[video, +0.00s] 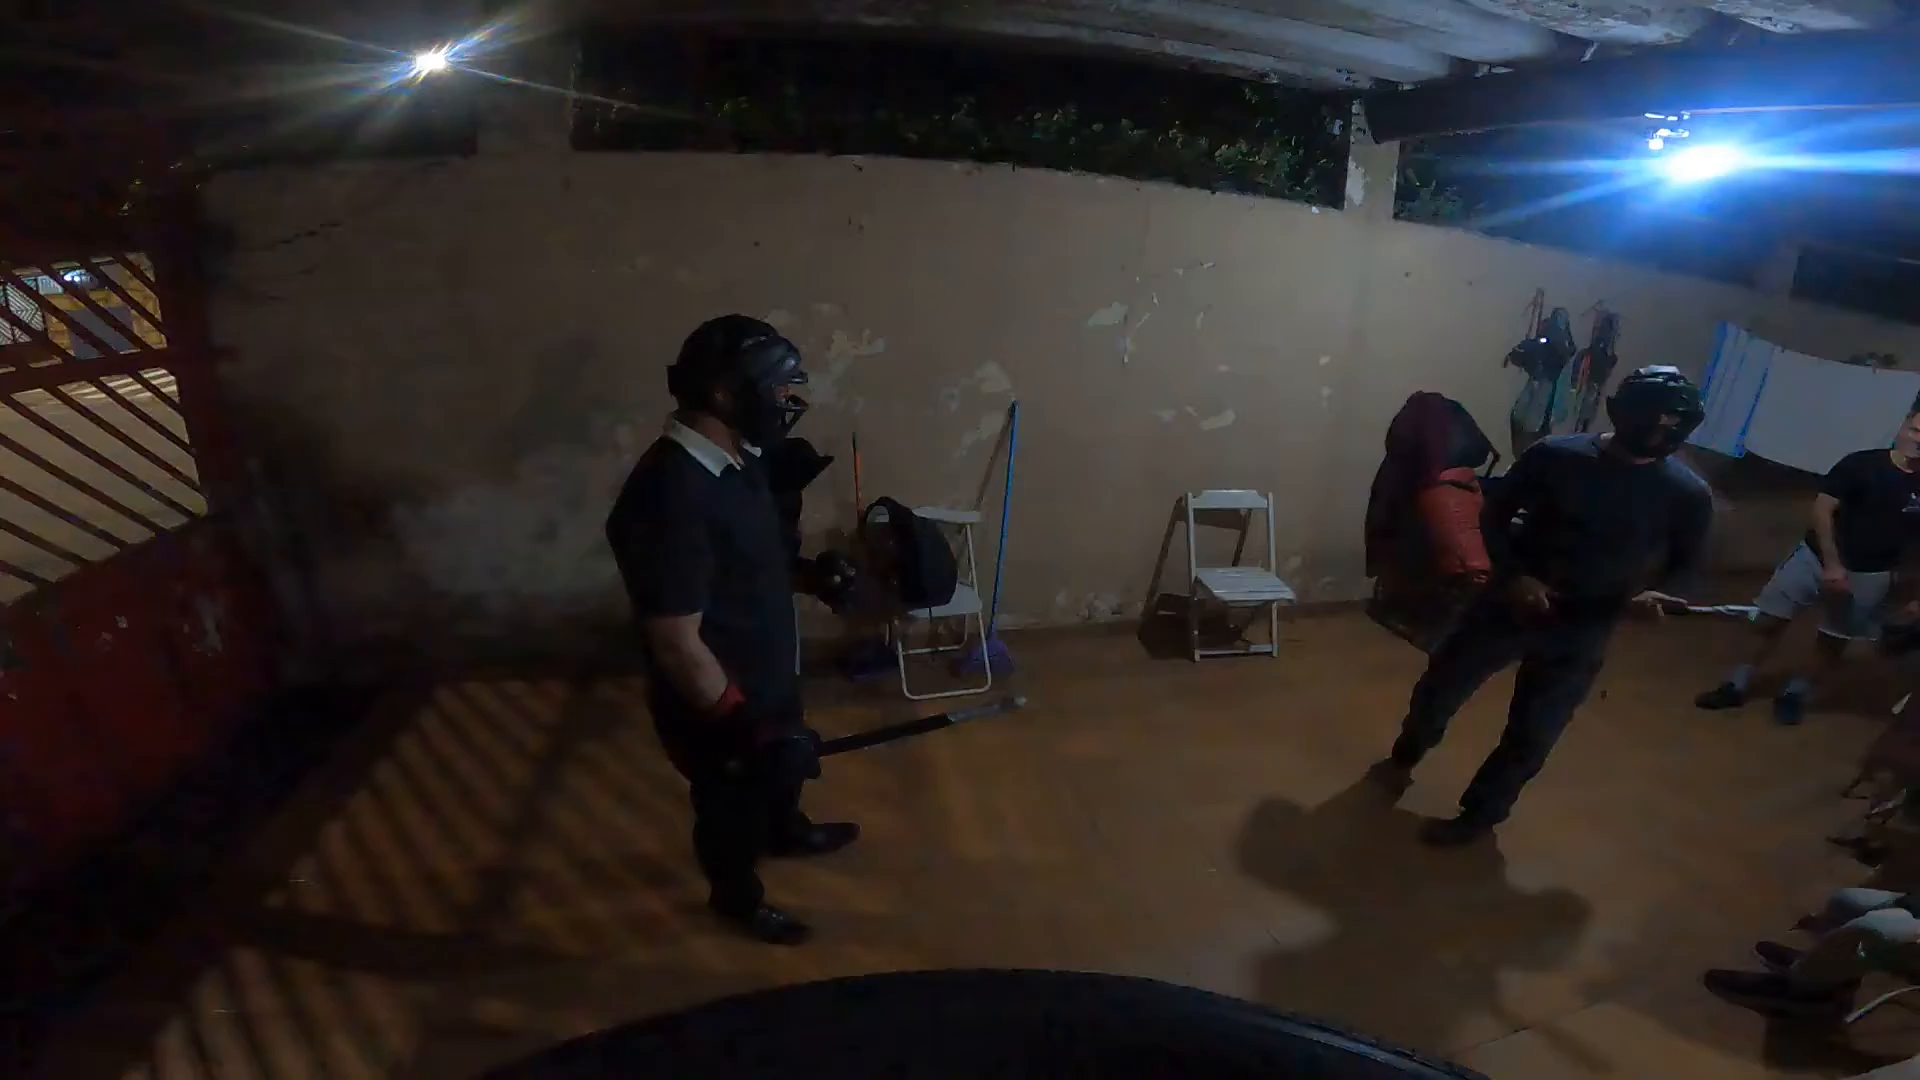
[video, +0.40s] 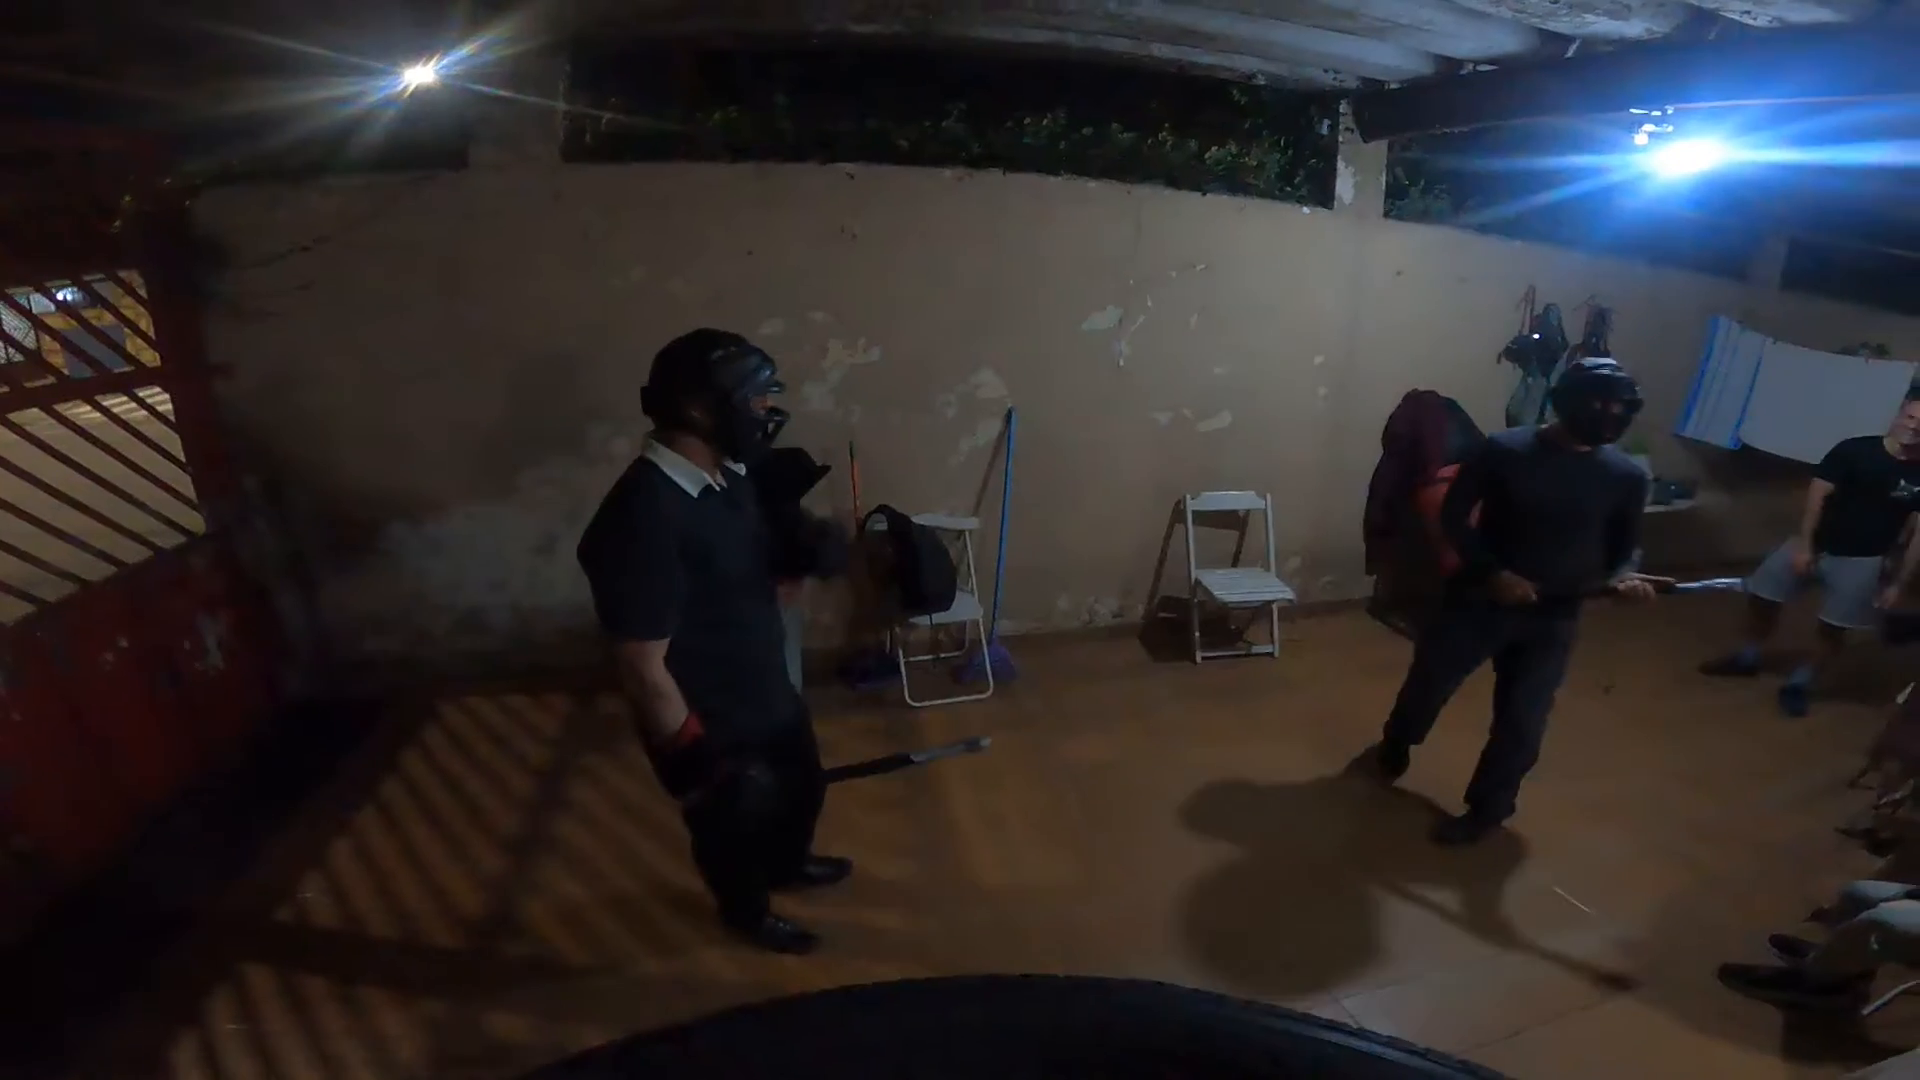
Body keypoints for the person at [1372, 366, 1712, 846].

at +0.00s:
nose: (1663, 425)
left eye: (1675, 417)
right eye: (1653, 412)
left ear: (1683, 428)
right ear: (1622, 409)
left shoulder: (1688, 498)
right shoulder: (1554, 457)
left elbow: (1689, 575)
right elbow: (1493, 512)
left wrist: (1664, 598)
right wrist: (1512, 574)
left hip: (1582, 633)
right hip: (1512, 605)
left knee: (1530, 739)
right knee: (1439, 686)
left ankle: (1476, 820)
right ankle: (1409, 750)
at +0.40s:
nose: (1617, 416)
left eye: (1623, 406)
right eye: (1607, 404)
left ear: (1625, 412)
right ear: (1573, 403)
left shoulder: (1626, 479)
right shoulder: (1504, 452)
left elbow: (1624, 546)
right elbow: (1452, 516)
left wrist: (1623, 575)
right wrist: (1492, 571)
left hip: (1550, 622)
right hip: (1479, 604)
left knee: (1520, 729)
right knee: (1428, 683)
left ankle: (1484, 814)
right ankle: (1393, 749)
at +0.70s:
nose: (1519, 393)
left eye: (1530, 383)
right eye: (1508, 381)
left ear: (1542, 390)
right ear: (1483, 382)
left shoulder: (1558, 456)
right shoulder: (1442, 439)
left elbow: (1576, 523)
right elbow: (1400, 503)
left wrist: (1546, 549)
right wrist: (1419, 551)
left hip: (1502, 593)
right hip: (1434, 579)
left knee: (1482, 704)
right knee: (1399, 665)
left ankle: (1457, 799)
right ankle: (1379, 739)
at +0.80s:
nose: (1485, 387)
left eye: (1497, 377)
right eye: (1476, 375)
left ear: (1514, 385)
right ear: (1457, 379)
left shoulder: (1540, 449)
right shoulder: (1425, 435)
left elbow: (1560, 518)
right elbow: (1386, 498)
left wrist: (1523, 542)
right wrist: (1404, 546)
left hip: (1488, 580)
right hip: (1423, 569)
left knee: (1472, 697)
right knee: (1391, 659)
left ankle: (1447, 791)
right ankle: (1373, 737)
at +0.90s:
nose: (1438, 400)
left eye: (1448, 393)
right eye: (1435, 391)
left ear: (1478, 390)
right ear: (1429, 386)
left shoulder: (1517, 440)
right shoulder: (1410, 429)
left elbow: (1544, 508)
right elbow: (1376, 490)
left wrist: (1496, 535)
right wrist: (1384, 538)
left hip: (1471, 575)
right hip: (1408, 564)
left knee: (1458, 681)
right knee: (1381, 653)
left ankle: (1440, 771)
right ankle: (1365, 729)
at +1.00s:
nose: (1434, 405)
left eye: (1442, 396)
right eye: (1430, 396)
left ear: (1467, 389)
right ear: (1423, 390)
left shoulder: (1508, 436)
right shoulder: (1402, 427)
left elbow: (1539, 503)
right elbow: (1373, 488)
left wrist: (1489, 531)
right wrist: (1379, 536)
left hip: (1465, 572)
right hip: (1402, 562)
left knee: (1454, 676)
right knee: (1375, 652)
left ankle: (1439, 761)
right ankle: (1360, 728)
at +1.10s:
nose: (1423, 404)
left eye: (1429, 395)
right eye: (1418, 395)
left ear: (1449, 386)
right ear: (1409, 388)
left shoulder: (1493, 432)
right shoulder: (1387, 426)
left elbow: (1526, 498)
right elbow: (1361, 489)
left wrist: (1470, 527)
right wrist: (1362, 534)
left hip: (1454, 566)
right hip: (1391, 557)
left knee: (1446, 663)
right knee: (1364, 644)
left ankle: (1437, 746)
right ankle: (1350, 725)